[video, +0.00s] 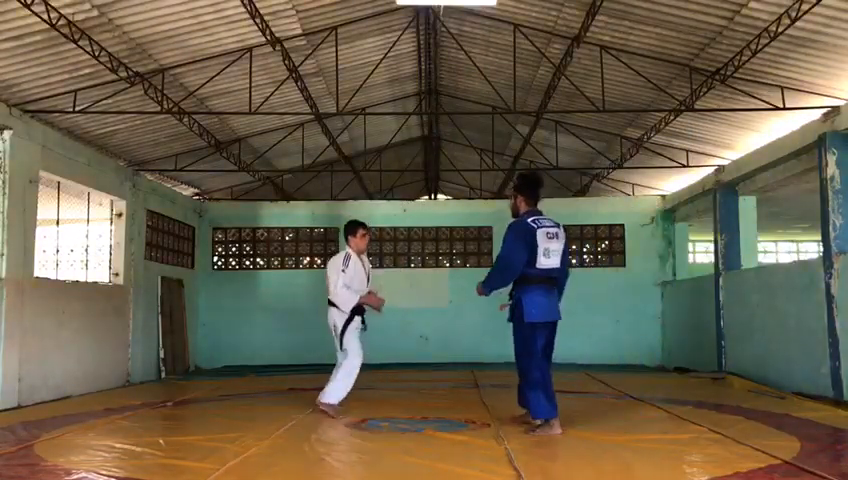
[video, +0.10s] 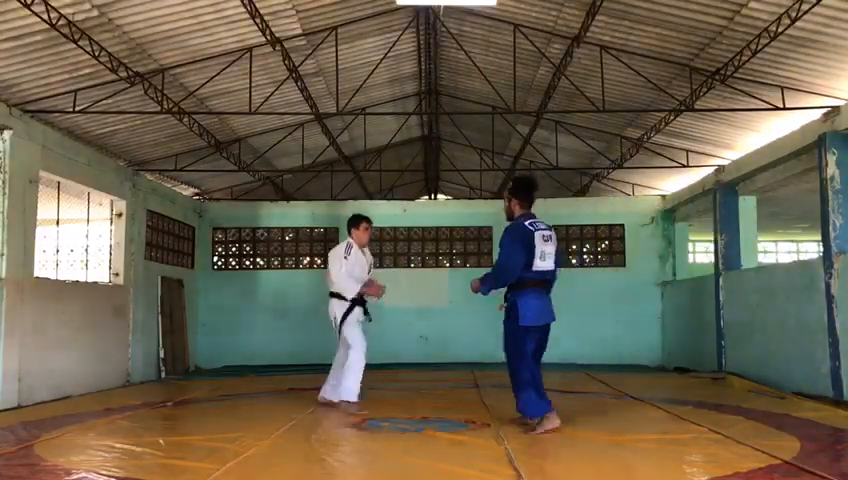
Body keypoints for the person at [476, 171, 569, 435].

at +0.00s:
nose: (512, 202)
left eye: (513, 197)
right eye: (513, 197)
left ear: (520, 199)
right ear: (536, 199)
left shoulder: (519, 227)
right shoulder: (556, 228)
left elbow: (510, 264)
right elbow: (562, 269)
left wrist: (486, 285)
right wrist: (553, 297)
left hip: (528, 300)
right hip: (550, 299)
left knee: (529, 360)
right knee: (542, 358)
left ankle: (549, 420)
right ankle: (537, 411)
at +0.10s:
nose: (505, 205)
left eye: (506, 200)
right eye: (506, 200)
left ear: (513, 201)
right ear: (530, 201)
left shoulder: (515, 230)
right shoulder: (547, 230)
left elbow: (508, 269)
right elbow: (550, 272)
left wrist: (483, 283)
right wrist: (534, 295)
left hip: (522, 303)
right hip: (543, 302)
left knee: (518, 360)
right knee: (532, 359)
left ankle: (546, 414)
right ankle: (532, 410)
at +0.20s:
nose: (499, 206)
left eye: (501, 202)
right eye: (500, 202)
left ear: (508, 203)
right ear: (522, 204)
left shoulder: (511, 232)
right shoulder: (536, 231)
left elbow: (508, 270)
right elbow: (533, 274)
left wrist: (480, 282)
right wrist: (505, 295)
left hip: (517, 305)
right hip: (536, 304)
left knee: (500, 354)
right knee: (526, 356)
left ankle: (533, 402)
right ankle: (529, 410)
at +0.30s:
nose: (494, 206)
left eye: (495, 201)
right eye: (495, 201)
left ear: (503, 203)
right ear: (515, 204)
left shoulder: (509, 231)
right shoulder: (528, 228)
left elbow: (508, 268)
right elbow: (524, 269)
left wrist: (480, 281)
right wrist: (490, 278)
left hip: (512, 300)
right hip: (530, 298)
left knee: (490, 350)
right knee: (523, 354)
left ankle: (518, 404)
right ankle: (531, 411)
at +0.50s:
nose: (480, 208)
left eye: (482, 204)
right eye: (481, 203)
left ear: (489, 206)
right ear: (500, 205)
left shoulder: (499, 231)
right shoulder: (512, 229)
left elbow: (500, 270)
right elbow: (489, 262)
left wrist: (473, 283)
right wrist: (457, 260)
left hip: (501, 302)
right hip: (515, 299)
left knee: (490, 356)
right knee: (510, 356)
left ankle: (493, 414)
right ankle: (528, 407)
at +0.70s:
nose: (468, 211)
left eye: (469, 207)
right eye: (468, 207)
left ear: (477, 208)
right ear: (487, 207)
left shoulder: (492, 232)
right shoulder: (492, 230)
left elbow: (491, 269)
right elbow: (473, 259)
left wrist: (463, 285)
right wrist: (445, 256)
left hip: (496, 299)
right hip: (499, 296)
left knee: (486, 350)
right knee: (491, 348)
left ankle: (493, 414)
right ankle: (502, 394)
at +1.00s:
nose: (453, 218)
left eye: (454, 213)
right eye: (454, 214)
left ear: (461, 214)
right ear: (470, 213)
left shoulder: (488, 240)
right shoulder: (465, 239)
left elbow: (485, 274)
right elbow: (442, 249)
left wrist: (454, 282)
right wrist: (413, 250)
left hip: (490, 302)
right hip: (476, 302)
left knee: (483, 354)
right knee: (471, 353)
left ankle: (492, 412)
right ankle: (478, 406)